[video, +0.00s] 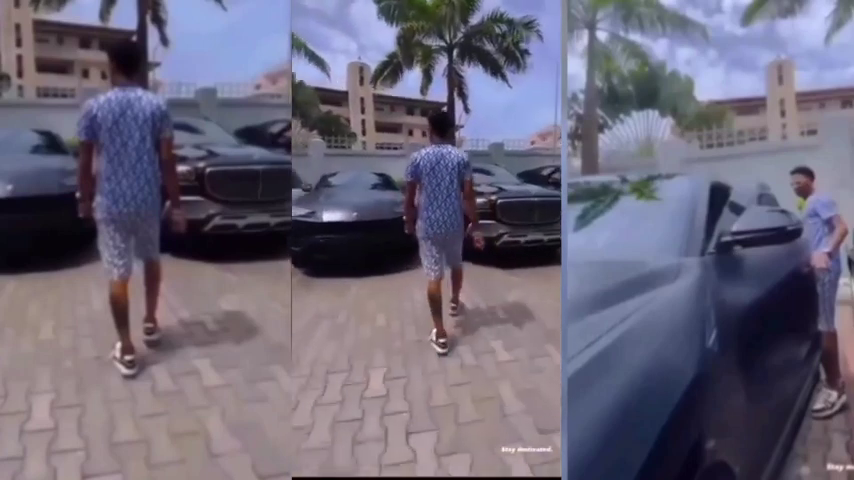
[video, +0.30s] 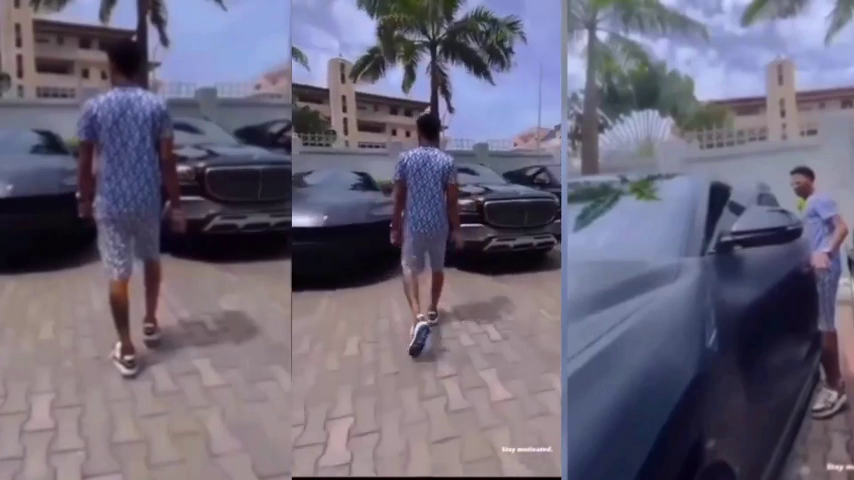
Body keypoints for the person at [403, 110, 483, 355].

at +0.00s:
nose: (429, 133)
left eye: (429, 129)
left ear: (430, 130)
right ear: (452, 130)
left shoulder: (419, 158)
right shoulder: (460, 158)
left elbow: (409, 195)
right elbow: (468, 194)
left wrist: (410, 221)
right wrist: (475, 225)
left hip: (428, 224)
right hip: (454, 224)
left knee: (434, 277)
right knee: (456, 263)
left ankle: (439, 332)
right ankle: (454, 300)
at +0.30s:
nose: (418, 136)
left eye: (418, 132)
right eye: (427, 131)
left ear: (418, 133)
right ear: (438, 133)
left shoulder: (406, 159)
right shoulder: (446, 160)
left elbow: (399, 197)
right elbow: (452, 198)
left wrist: (396, 227)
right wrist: (456, 228)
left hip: (414, 224)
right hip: (438, 224)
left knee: (410, 270)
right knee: (437, 268)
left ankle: (418, 316)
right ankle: (432, 309)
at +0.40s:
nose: (411, 132)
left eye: (411, 129)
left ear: (412, 130)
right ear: (431, 130)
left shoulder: (400, 156)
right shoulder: (440, 158)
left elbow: (393, 193)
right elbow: (446, 196)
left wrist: (392, 224)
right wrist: (448, 226)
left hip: (407, 222)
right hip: (433, 223)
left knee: (404, 266)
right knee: (432, 271)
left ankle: (411, 307)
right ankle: (426, 316)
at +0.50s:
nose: (403, 132)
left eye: (402, 129)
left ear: (402, 130)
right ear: (424, 129)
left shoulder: (392, 155)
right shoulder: (432, 156)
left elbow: (386, 193)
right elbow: (440, 192)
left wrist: (386, 224)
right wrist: (440, 219)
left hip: (399, 222)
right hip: (425, 222)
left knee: (397, 266)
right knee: (424, 270)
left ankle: (403, 306)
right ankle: (420, 322)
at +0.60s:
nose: (395, 135)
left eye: (394, 131)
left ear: (393, 132)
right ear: (414, 131)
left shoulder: (384, 157)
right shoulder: (424, 157)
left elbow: (379, 194)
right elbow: (433, 192)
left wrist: (380, 225)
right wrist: (432, 218)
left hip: (393, 223)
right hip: (418, 223)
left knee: (391, 266)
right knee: (418, 274)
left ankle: (396, 303)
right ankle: (413, 329)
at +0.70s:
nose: (382, 138)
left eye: (382, 134)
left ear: (383, 135)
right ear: (402, 135)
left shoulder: (375, 161)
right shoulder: (414, 160)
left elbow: (370, 199)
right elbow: (424, 193)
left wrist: (371, 230)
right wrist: (422, 217)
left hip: (386, 226)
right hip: (411, 226)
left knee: (387, 268)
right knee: (410, 277)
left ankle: (390, 300)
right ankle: (406, 334)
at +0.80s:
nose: (371, 138)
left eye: (369, 134)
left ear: (369, 135)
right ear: (390, 134)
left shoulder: (363, 163)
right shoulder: (403, 161)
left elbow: (360, 201)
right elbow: (412, 195)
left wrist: (360, 233)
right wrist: (414, 219)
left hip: (376, 227)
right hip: (401, 226)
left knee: (378, 269)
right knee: (403, 275)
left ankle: (382, 303)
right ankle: (400, 333)